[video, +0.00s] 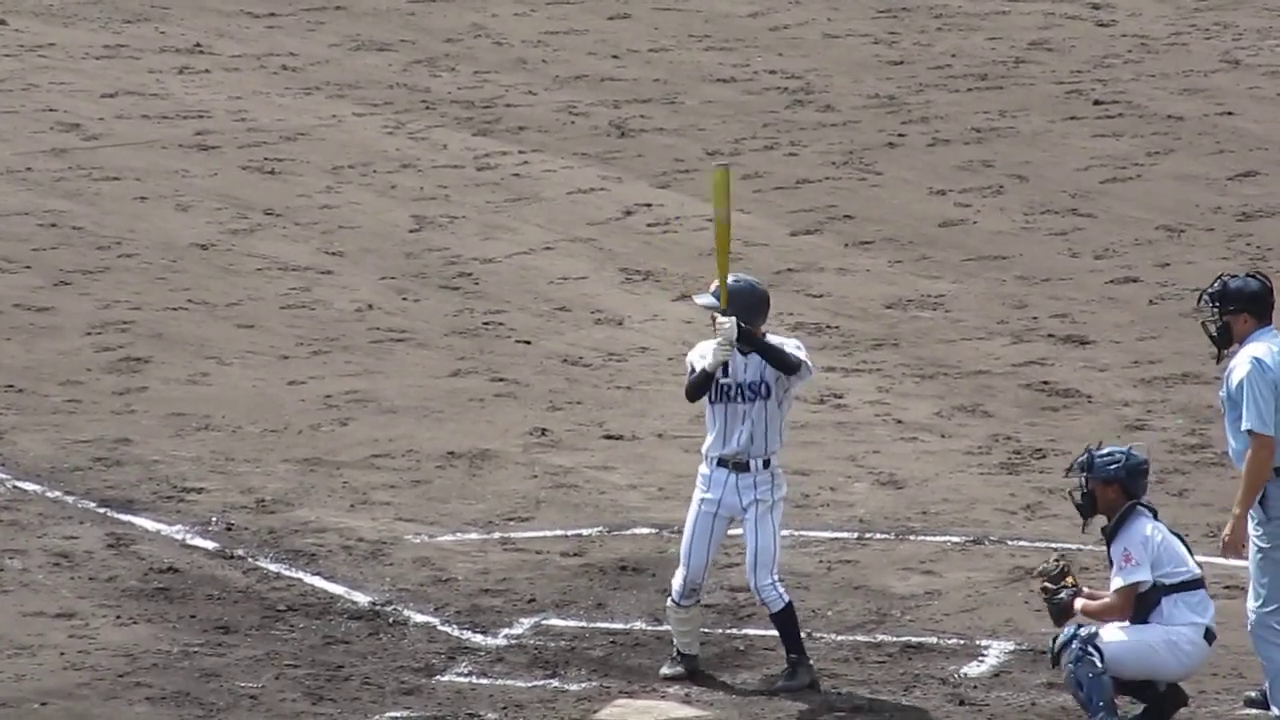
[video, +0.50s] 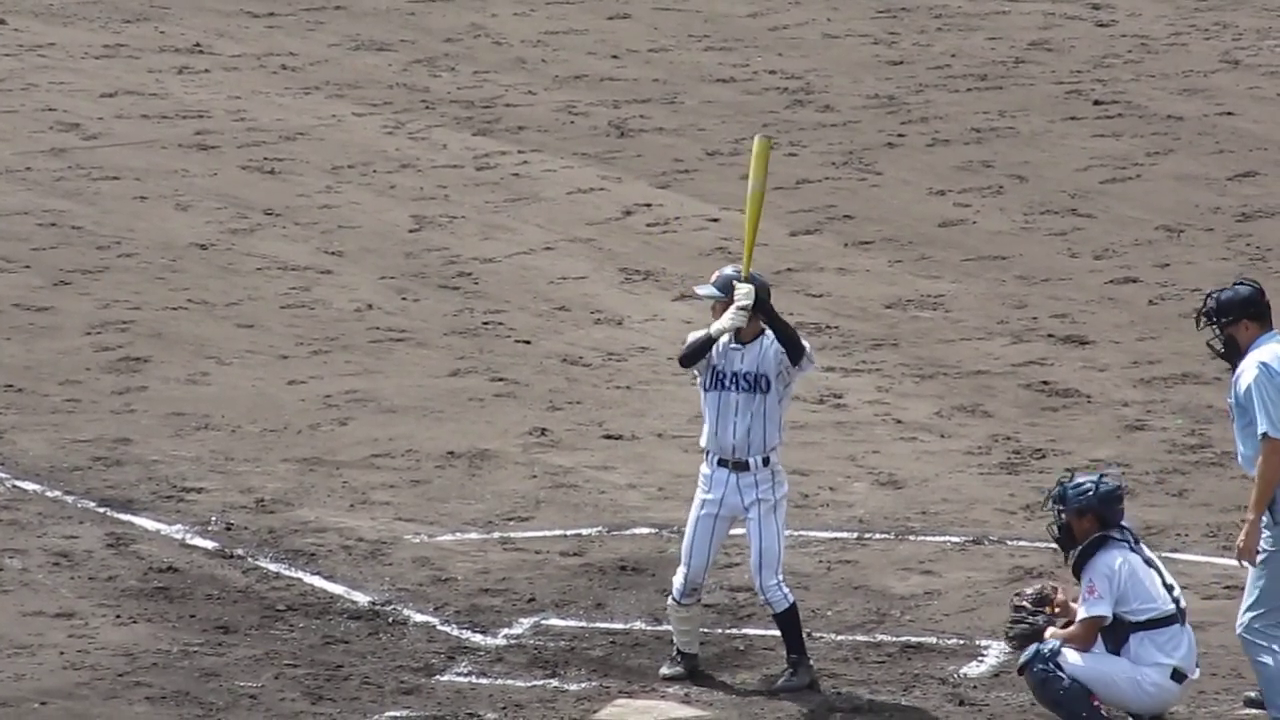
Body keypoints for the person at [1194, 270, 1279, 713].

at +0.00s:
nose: (1218, 320)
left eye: (1223, 313)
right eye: (1219, 312)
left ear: (1241, 317)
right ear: (1257, 315)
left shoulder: (1254, 363)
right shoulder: (1265, 348)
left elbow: (1263, 446)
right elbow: (1263, 444)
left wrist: (1239, 514)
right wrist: (1247, 512)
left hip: (1270, 505)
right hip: (1266, 501)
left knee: (1265, 614)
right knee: (1264, 606)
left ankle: (1275, 698)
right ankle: (1273, 689)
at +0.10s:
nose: (1219, 320)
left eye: (1225, 313)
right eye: (1220, 312)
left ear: (1245, 317)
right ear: (1255, 316)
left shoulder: (1255, 363)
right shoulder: (1265, 348)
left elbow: (1264, 445)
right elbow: (1263, 443)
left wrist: (1237, 512)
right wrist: (1246, 509)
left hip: (1270, 505)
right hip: (1266, 501)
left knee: (1265, 612)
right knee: (1265, 605)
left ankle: (1275, 696)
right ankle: (1273, 688)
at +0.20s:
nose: (1220, 323)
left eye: (1226, 315)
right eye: (1222, 314)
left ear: (1247, 320)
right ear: (1255, 319)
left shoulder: (1257, 365)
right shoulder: (1265, 351)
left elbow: (1265, 447)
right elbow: (1264, 446)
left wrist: (1238, 514)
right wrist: (1245, 511)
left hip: (1270, 508)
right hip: (1266, 505)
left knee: (1267, 613)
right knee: (1266, 606)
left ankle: (1275, 698)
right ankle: (1273, 689)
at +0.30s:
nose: (1220, 325)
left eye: (1226, 318)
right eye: (1222, 317)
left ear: (1247, 322)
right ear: (1255, 321)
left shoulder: (1258, 366)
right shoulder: (1266, 352)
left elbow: (1266, 447)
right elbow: (1265, 446)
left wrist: (1242, 516)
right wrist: (1247, 513)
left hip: (1271, 511)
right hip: (1267, 506)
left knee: (1266, 618)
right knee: (1266, 610)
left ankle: (1275, 700)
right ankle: (1274, 690)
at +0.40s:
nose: (1222, 328)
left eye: (1226, 320)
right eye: (1222, 319)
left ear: (1246, 323)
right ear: (1258, 320)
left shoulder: (1259, 367)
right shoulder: (1267, 354)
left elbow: (1269, 447)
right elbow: (1267, 447)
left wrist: (1248, 516)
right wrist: (1252, 514)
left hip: (1273, 515)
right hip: (1269, 512)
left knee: (1262, 622)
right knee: (1264, 614)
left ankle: (1275, 701)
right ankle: (1274, 694)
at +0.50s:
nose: (1221, 335)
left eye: (1224, 327)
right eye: (1221, 326)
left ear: (1243, 326)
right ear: (1258, 321)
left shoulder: (1258, 369)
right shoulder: (1269, 354)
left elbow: (1270, 448)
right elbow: (1269, 448)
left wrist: (1253, 520)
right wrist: (1256, 518)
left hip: (1274, 519)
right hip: (1271, 517)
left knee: (1255, 627)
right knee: (1262, 617)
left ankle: (1274, 702)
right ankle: (1273, 692)